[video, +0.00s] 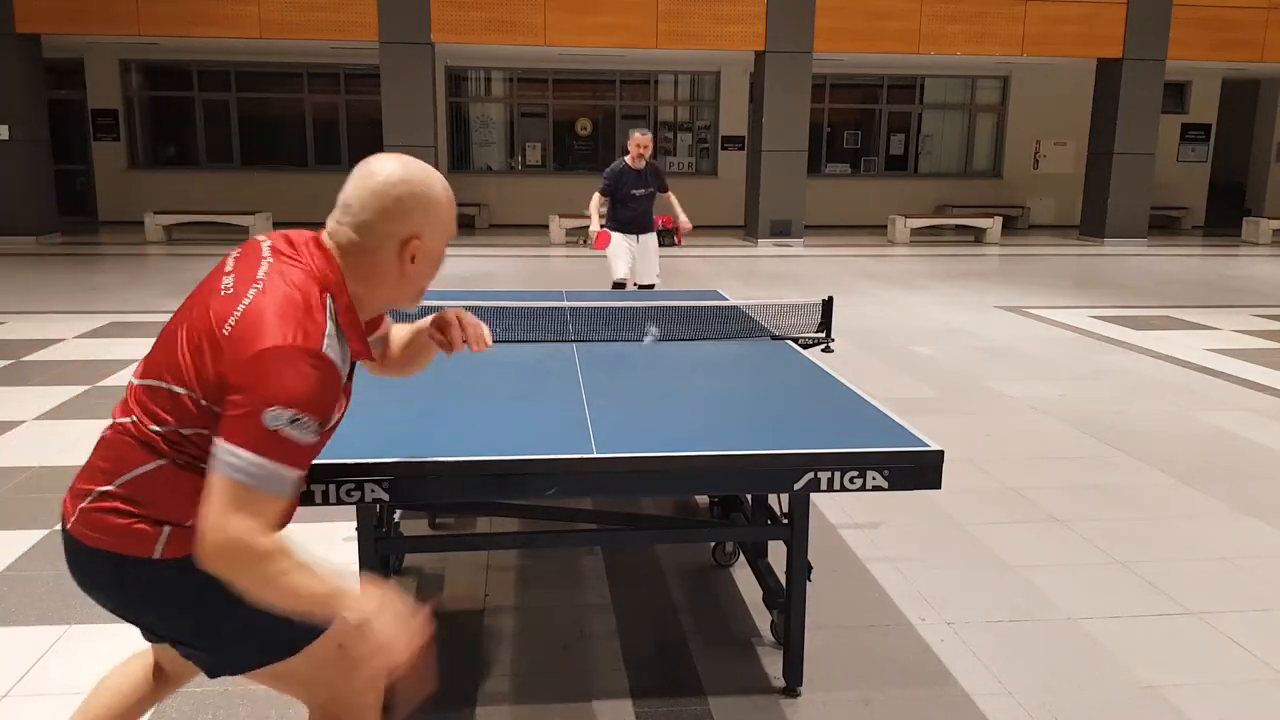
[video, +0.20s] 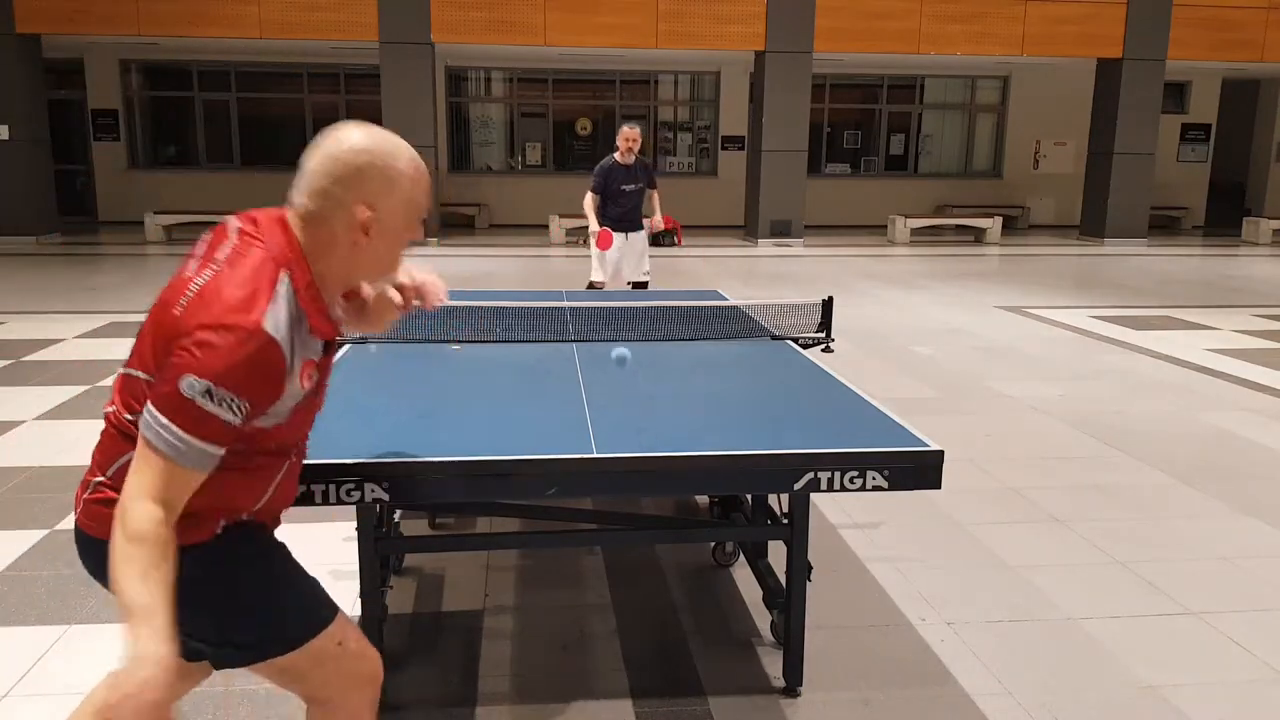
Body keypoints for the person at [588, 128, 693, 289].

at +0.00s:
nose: (642, 151)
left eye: (646, 147)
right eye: (638, 146)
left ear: (651, 148)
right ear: (629, 146)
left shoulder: (653, 170)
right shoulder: (616, 170)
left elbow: (669, 195)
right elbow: (597, 198)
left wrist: (682, 217)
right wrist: (595, 223)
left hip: (646, 235)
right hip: (618, 234)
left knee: (647, 284)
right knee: (621, 280)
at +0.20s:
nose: (630, 145)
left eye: (634, 141)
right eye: (626, 140)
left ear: (640, 143)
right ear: (617, 141)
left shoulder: (644, 166)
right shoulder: (605, 167)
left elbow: (653, 192)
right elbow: (589, 199)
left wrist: (657, 215)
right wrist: (593, 223)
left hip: (637, 234)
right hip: (608, 234)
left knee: (641, 282)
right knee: (598, 283)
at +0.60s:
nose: (636, 151)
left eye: (641, 147)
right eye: (632, 146)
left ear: (645, 149)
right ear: (622, 145)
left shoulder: (639, 169)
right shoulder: (607, 169)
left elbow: (639, 197)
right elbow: (584, 199)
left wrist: (646, 225)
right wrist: (600, 228)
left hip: (628, 236)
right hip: (601, 236)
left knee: (635, 281)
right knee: (595, 285)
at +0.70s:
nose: (642, 161)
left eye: (646, 157)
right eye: (638, 156)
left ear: (650, 159)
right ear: (628, 154)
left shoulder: (645, 177)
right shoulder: (615, 178)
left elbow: (645, 204)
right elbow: (596, 211)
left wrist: (653, 233)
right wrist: (610, 243)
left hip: (632, 239)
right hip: (607, 240)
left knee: (638, 284)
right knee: (608, 284)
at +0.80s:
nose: (649, 170)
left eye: (653, 166)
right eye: (646, 164)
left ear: (657, 167)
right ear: (635, 161)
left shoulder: (648, 180)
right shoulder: (619, 182)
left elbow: (649, 208)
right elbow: (609, 222)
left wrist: (659, 237)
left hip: (631, 234)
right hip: (605, 233)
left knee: (639, 280)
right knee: (617, 276)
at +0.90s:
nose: (654, 183)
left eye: (658, 179)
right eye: (651, 176)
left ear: (662, 178)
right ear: (641, 168)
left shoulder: (649, 186)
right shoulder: (623, 188)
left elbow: (650, 211)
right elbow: (623, 232)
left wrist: (662, 238)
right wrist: (650, 233)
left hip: (630, 234)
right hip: (606, 233)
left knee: (640, 280)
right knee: (625, 276)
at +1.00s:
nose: (656, 199)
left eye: (659, 197)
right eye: (654, 193)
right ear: (644, 182)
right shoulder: (624, 201)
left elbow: (651, 212)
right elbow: (626, 243)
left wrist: (662, 234)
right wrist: (655, 243)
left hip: (631, 239)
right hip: (607, 241)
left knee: (644, 282)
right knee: (633, 282)